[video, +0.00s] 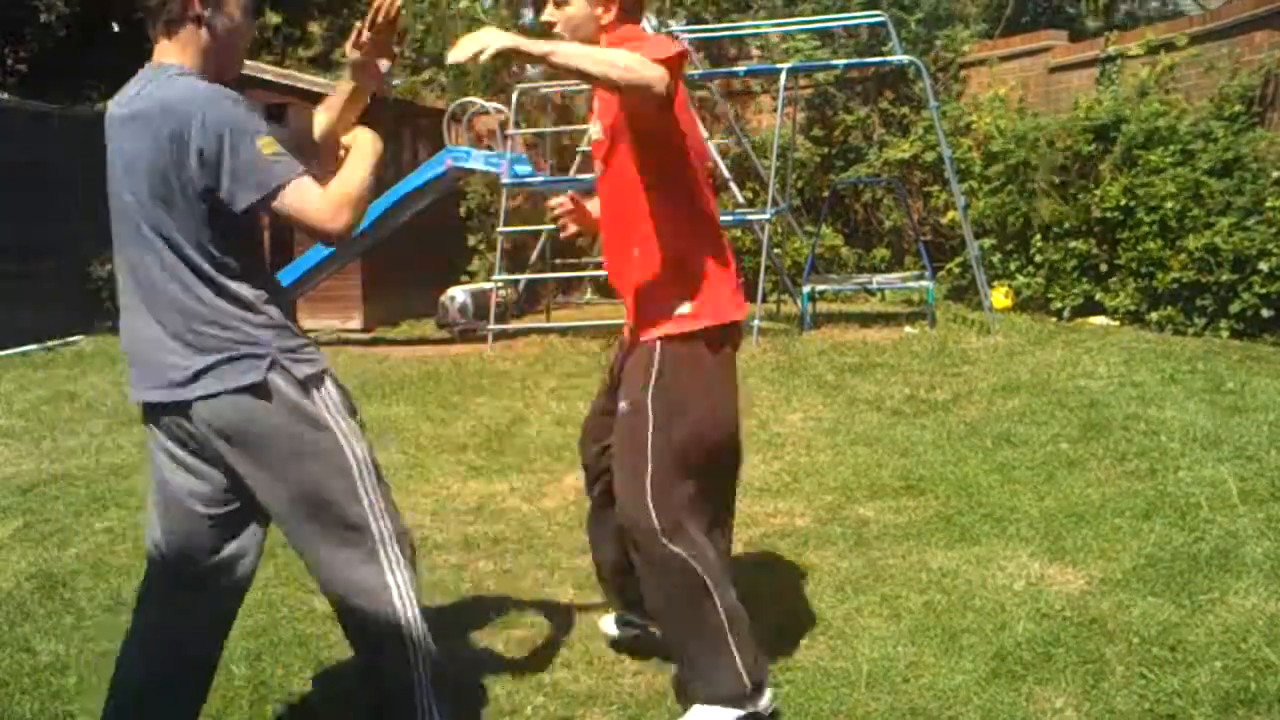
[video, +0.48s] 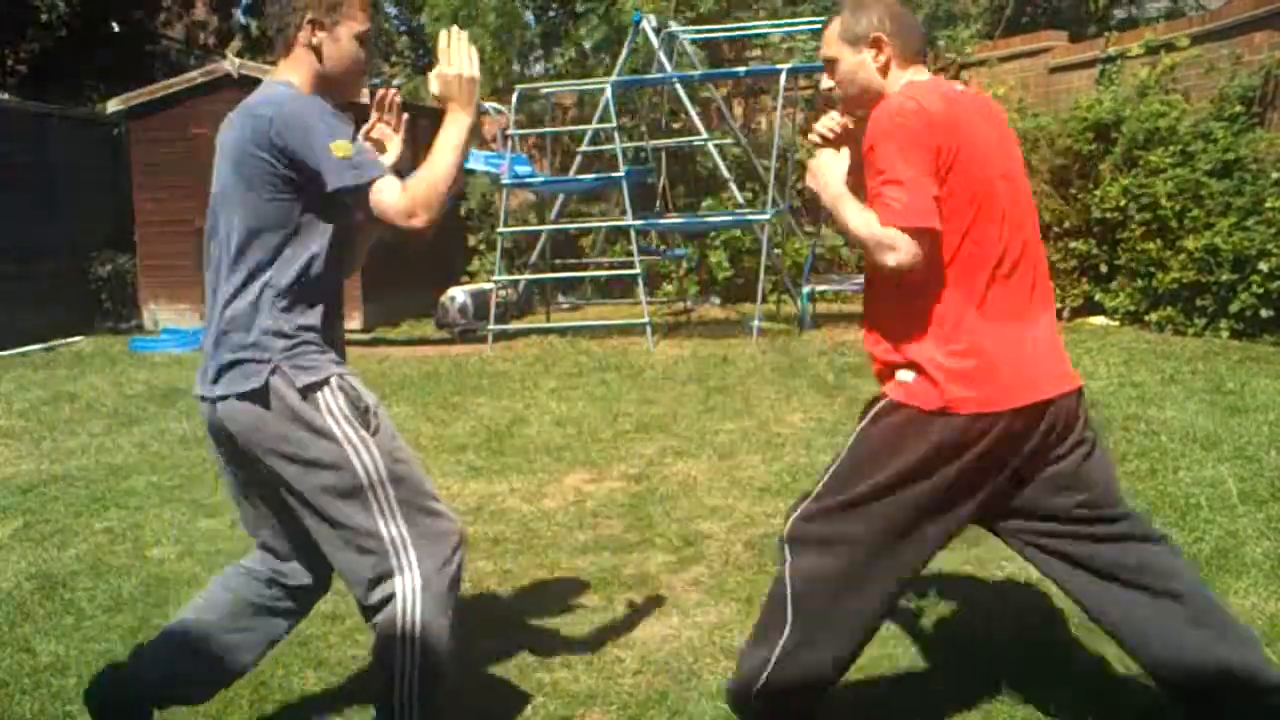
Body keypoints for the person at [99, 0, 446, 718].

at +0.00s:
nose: (250, 34)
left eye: (251, 19)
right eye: (245, 16)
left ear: (179, 17)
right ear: (201, 13)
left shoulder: (126, 108)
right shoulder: (212, 109)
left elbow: (279, 169)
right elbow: (332, 214)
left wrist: (357, 83)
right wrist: (365, 149)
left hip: (171, 382)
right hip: (256, 372)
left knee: (183, 594)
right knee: (370, 560)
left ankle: (137, 715)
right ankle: (421, 707)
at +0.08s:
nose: (260, 19)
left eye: (258, 7)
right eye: (252, 5)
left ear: (190, 15)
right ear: (208, 9)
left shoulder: (158, 91)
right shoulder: (198, 96)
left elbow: (318, 110)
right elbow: (322, 185)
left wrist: (401, 62)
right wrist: (357, 98)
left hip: (184, 367)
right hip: (252, 362)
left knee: (187, 578)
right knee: (371, 558)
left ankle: (124, 715)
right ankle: (418, 707)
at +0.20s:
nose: (298, 22)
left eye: (295, 9)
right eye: (289, 6)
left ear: (240, 15)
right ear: (241, 8)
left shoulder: (253, 108)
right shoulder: (191, 98)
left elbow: (359, 168)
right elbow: (244, 218)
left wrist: (448, 123)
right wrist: (318, 144)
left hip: (235, 365)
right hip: (265, 362)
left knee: (203, 567)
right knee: (394, 547)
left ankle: (90, 715)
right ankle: (399, 710)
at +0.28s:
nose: (319, 37)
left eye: (316, 21)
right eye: (308, 20)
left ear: (268, 27)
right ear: (261, 23)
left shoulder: (275, 124)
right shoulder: (218, 119)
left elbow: (363, 212)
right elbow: (265, 244)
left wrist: (459, 185)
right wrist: (316, 153)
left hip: (242, 389)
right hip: (272, 384)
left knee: (204, 588)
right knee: (414, 555)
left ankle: (83, 714)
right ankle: (404, 710)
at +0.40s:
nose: (364, 54)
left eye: (363, 38)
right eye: (354, 36)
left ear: (299, 36)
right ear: (301, 33)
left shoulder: (247, 116)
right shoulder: (277, 113)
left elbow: (339, 247)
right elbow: (368, 228)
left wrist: (404, 171)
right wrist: (397, 126)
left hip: (238, 388)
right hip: (291, 377)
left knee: (267, 584)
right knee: (423, 552)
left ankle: (112, 711)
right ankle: (417, 714)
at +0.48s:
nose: (369, 58)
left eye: (370, 41)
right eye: (363, 38)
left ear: (311, 37)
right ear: (314, 35)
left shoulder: (254, 117)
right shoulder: (296, 112)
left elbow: (334, 259)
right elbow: (414, 206)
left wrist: (374, 164)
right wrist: (462, 112)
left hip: (237, 383)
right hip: (289, 378)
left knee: (292, 562)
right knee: (420, 549)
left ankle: (133, 690)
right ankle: (416, 711)